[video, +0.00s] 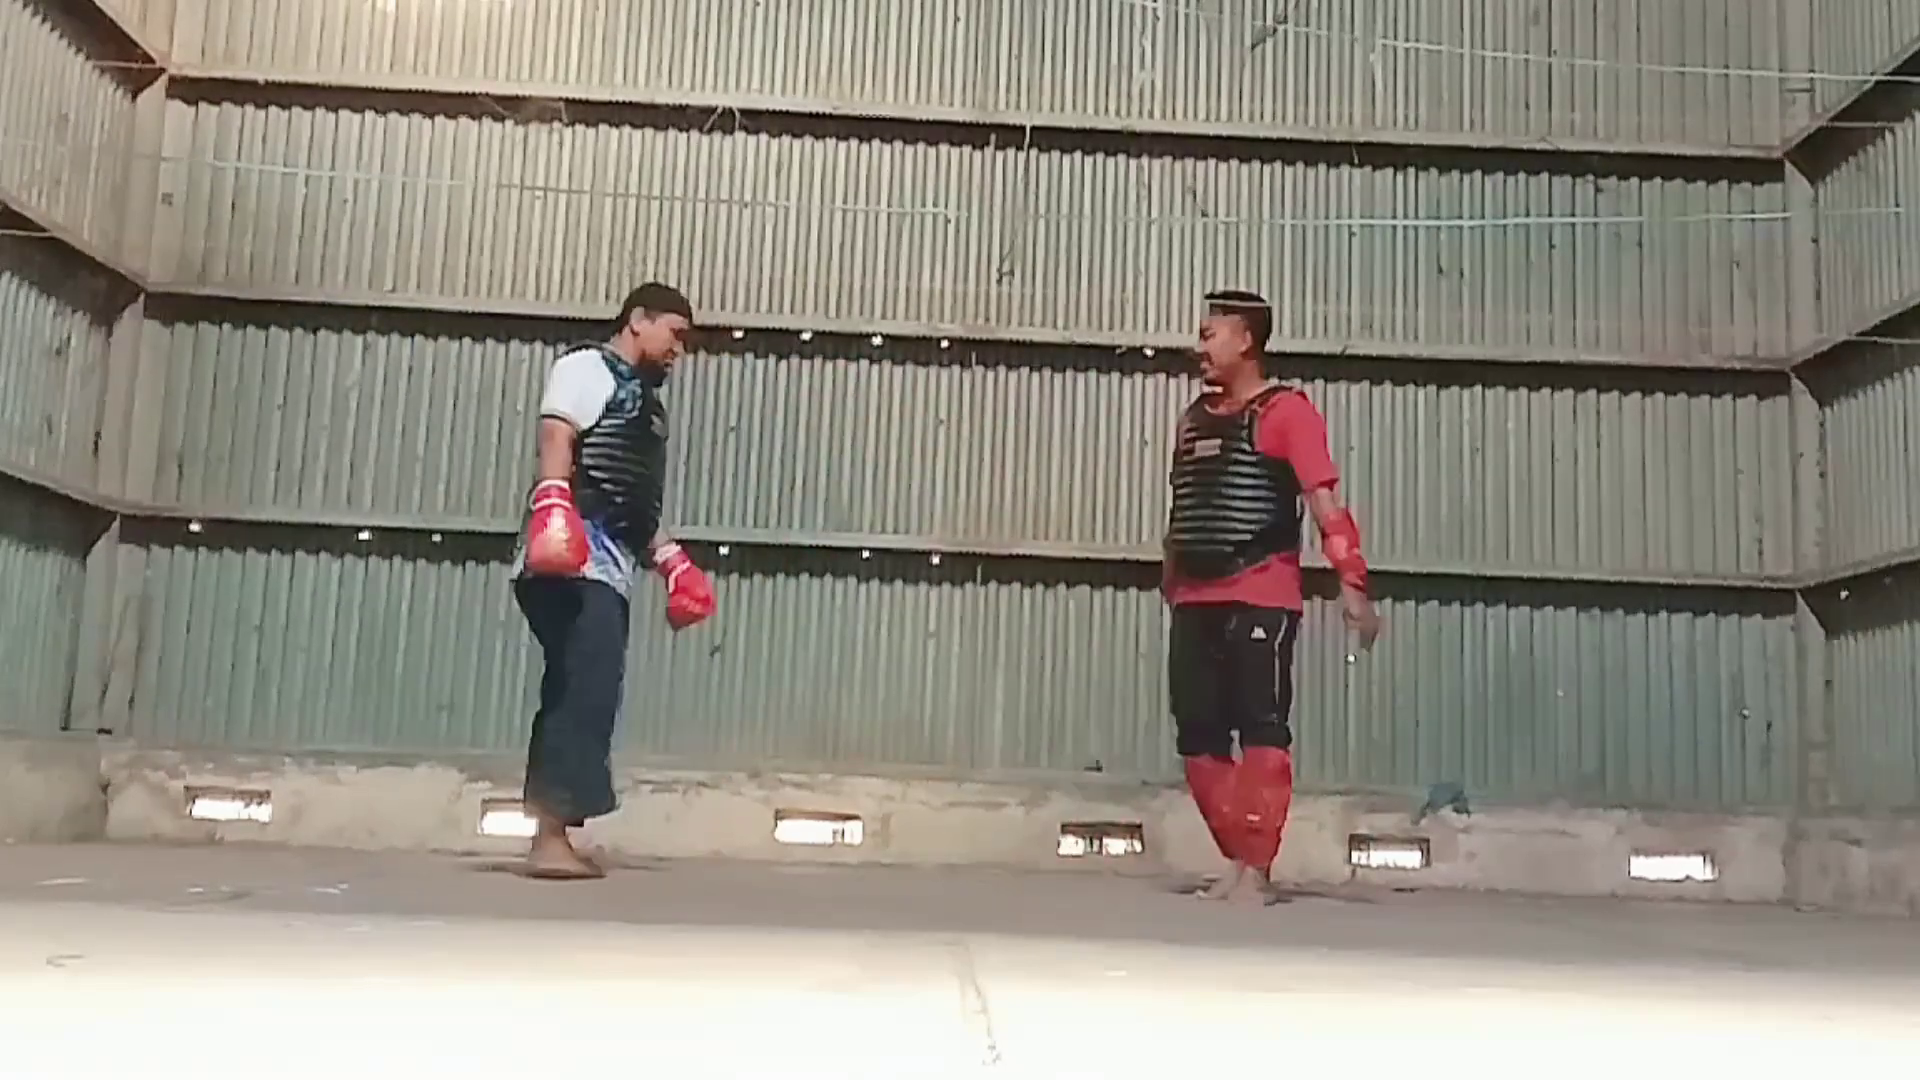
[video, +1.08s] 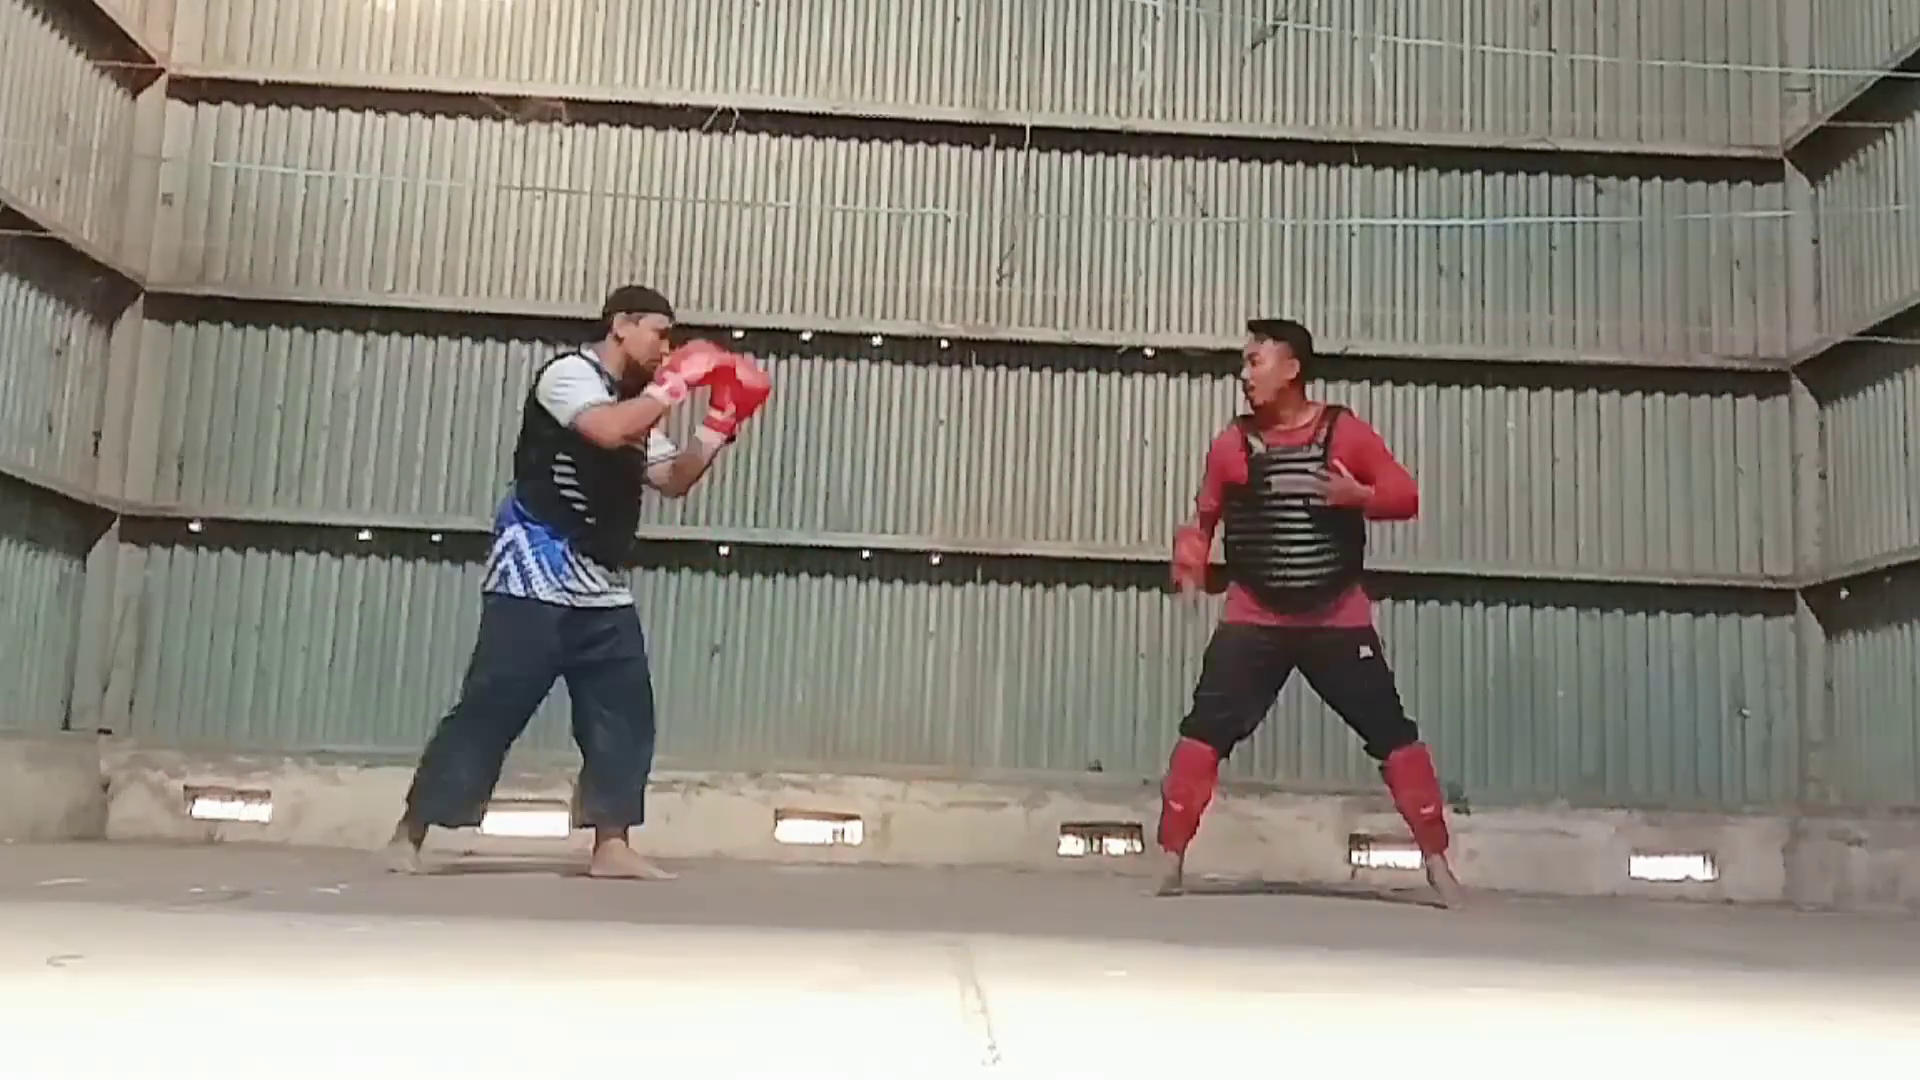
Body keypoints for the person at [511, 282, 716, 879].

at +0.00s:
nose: (680, 348)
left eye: (684, 338)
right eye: (675, 334)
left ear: (650, 329)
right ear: (638, 322)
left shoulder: (646, 401)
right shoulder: (585, 367)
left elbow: (634, 501)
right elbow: (555, 439)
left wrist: (672, 562)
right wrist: (554, 507)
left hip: (609, 567)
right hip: (572, 554)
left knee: (581, 687)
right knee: (585, 682)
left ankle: (557, 829)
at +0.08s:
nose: (665, 346)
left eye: (670, 337)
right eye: (661, 333)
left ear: (637, 328)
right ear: (624, 320)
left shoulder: (634, 399)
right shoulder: (574, 366)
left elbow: (630, 497)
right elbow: (543, 438)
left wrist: (679, 547)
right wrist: (559, 510)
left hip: (602, 575)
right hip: (557, 563)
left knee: (587, 702)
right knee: (565, 690)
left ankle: (552, 843)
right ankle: (501, 823)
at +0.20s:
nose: (644, 340)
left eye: (648, 330)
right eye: (637, 326)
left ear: (611, 324)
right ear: (599, 317)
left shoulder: (615, 398)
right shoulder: (552, 366)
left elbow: (617, 492)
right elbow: (524, 444)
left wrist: (671, 526)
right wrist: (571, 506)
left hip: (587, 574)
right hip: (531, 564)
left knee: (576, 701)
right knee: (513, 687)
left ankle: (552, 840)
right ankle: (434, 822)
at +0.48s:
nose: (585, 329)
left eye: (587, 319)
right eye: (576, 316)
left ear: (557, 320)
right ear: (534, 313)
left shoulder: (557, 389)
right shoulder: (483, 373)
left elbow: (542, 483)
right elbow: (466, 455)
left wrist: (577, 540)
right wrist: (546, 507)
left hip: (536, 583)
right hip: (464, 579)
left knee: (559, 706)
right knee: (421, 702)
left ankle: (556, 841)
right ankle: (387, 843)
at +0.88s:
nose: (610, 333)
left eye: (611, 323)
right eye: (601, 321)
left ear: (575, 323)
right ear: (561, 319)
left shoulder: (583, 396)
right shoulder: (507, 376)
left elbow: (575, 489)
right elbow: (484, 455)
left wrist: (636, 507)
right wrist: (566, 480)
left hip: (558, 582)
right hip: (487, 578)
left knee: (581, 710)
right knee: (439, 704)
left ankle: (604, 846)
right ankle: (391, 842)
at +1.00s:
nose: (638, 341)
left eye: (640, 331)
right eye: (630, 328)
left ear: (604, 331)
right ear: (591, 325)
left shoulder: (609, 410)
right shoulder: (540, 377)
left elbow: (613, 494)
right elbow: (544, 444)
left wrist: (678, 476)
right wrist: (626, 436)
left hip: (584, 583)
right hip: (512, 575)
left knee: (608, 707)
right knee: (462, 703)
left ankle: (609, 845)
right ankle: (396, 841)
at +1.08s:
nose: (666, 349)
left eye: (670, 340)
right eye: (660, 334)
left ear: (635, 335)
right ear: (621, 326)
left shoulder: (644, 401)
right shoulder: (567, 374)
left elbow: (673, 480)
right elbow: (606, 428)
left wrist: (718, 430)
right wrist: (671, 384)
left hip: (602, 579)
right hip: (533, 571)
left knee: (623, 711)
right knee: (495, 704)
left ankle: (612, 846)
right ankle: (414, 826)